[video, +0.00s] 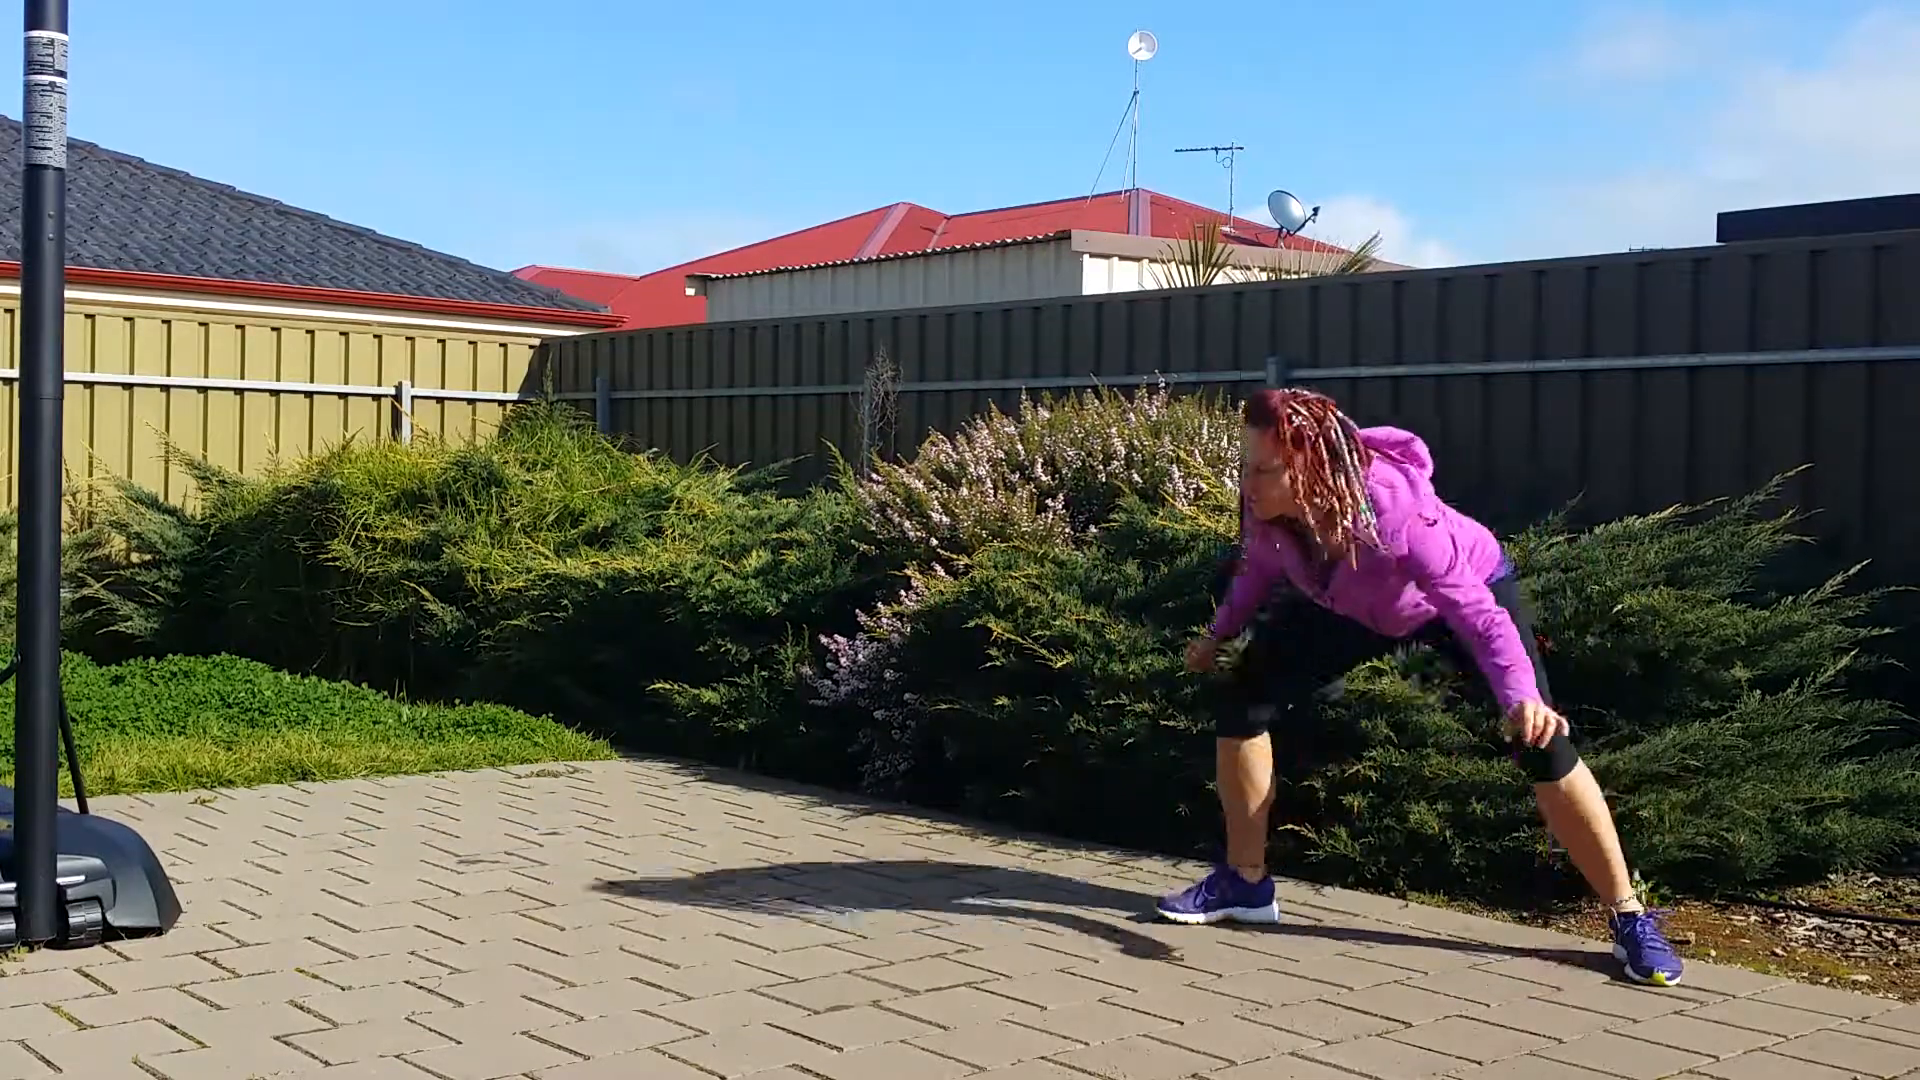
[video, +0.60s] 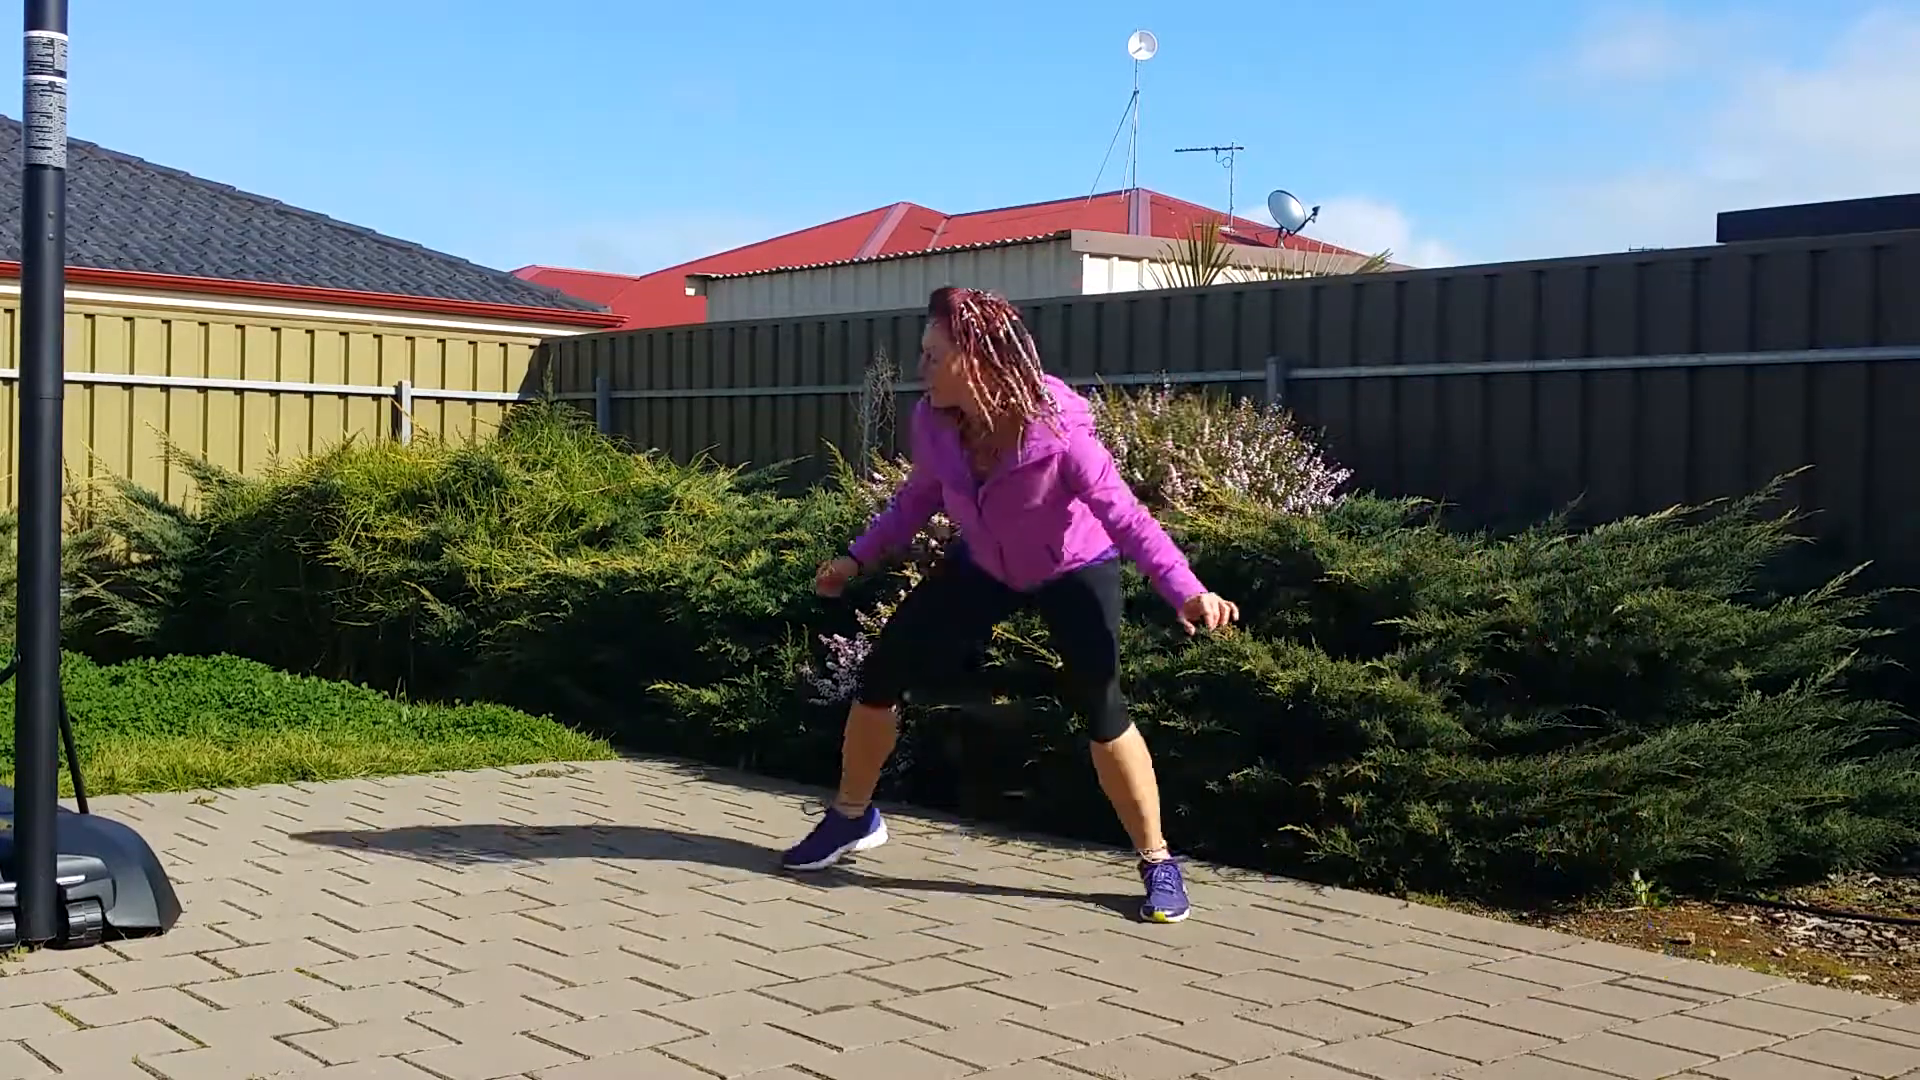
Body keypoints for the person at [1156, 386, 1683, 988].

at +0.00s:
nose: (1249, 481)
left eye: (1263, 469)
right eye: (1248, 466)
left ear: (1312, 472)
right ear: (1249, 462)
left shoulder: (1392, 509)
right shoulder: (1263, 503)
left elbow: (1473, 602)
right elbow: (1255, 567)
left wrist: (1521, 695)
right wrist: (1218, 634)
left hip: (1460, 595)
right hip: (1356, 602)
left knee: (1541, 736)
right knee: (1244, 699)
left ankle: (1630, 918)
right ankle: (1244, 880)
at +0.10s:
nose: (1178, 424)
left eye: (1191, 412)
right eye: (1176, 409)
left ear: (1237, 412)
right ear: (1185, 409)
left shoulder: (1320, 455)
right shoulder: (1188, 459)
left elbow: (1403, 530)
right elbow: (1182, 531)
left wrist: (1476, 600)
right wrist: (1141, 609)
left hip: (1370, 579)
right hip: (1263, 584)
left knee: (1456, 722)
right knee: (1200, 707)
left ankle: (1570, 893)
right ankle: (1241, 883)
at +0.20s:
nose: (1127, 371)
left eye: (1140, 357)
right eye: (1127, 357)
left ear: (1184, 358)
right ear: (1148, 358)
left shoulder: (1267, 406)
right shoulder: (1147, 417)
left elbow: (1346, 485)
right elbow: (1121, 488)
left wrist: (1428, 556)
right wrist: (1071, 555)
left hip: (1309, 534)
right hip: (1215, 542)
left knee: (1347, 687)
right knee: (1177, 680)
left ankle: (1370, 863)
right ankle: (1227, 863)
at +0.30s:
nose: (1082, 348)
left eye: (1094, 334)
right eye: (1084, 333)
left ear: (1137, 339)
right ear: (1108, 337)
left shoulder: (1227, 392)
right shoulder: (1099, 388)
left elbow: (1306, 474)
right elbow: (1078, 460)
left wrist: (1382, 554)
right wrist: (1023, 525)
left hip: (1256, 516)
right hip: (1164, 513)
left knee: (1243, 656)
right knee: (1103, 638)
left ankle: (1207, 843)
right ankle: (1146, 817)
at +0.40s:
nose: (1035, 352)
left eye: (1045, 336)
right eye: (1037, 336)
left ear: (1089, 340)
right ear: (1071, 340)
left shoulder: (1180, 406)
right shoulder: (1061, 395)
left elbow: (1255, 492)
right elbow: (1042, 465)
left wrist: (1330, 571)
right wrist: (972, 532)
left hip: (1198, 543)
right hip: (1105, 528)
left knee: (1182, 696)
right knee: (1014, 651)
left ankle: (1166, 859)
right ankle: (989, 810)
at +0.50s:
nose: (989, 367)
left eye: (1000, 357)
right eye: (989, 354)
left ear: (1048, 362)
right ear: (1012, 358)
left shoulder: (1128, 425)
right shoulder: (1011, 419)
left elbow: (1194, 513)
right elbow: (987, 489)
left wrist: (1268, 596)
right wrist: (922, 543)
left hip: (1147, 562)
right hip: (1053, 555)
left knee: (1148, 706)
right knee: (946, 658)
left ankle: (1163, 865)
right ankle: (861, 791)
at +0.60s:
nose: (924, 364)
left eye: (934, 353)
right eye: (925, 352)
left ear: (978, 360)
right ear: (961, 360)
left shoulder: (1055, 419)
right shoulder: (934, 419)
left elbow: (1122, 511)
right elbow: (919, 497)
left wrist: (1185, 589)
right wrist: (856, 558)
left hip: (1074, 564)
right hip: (984, 561)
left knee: (1100, 702)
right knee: (881, 672)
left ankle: (1157, 861)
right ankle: (851, 815)